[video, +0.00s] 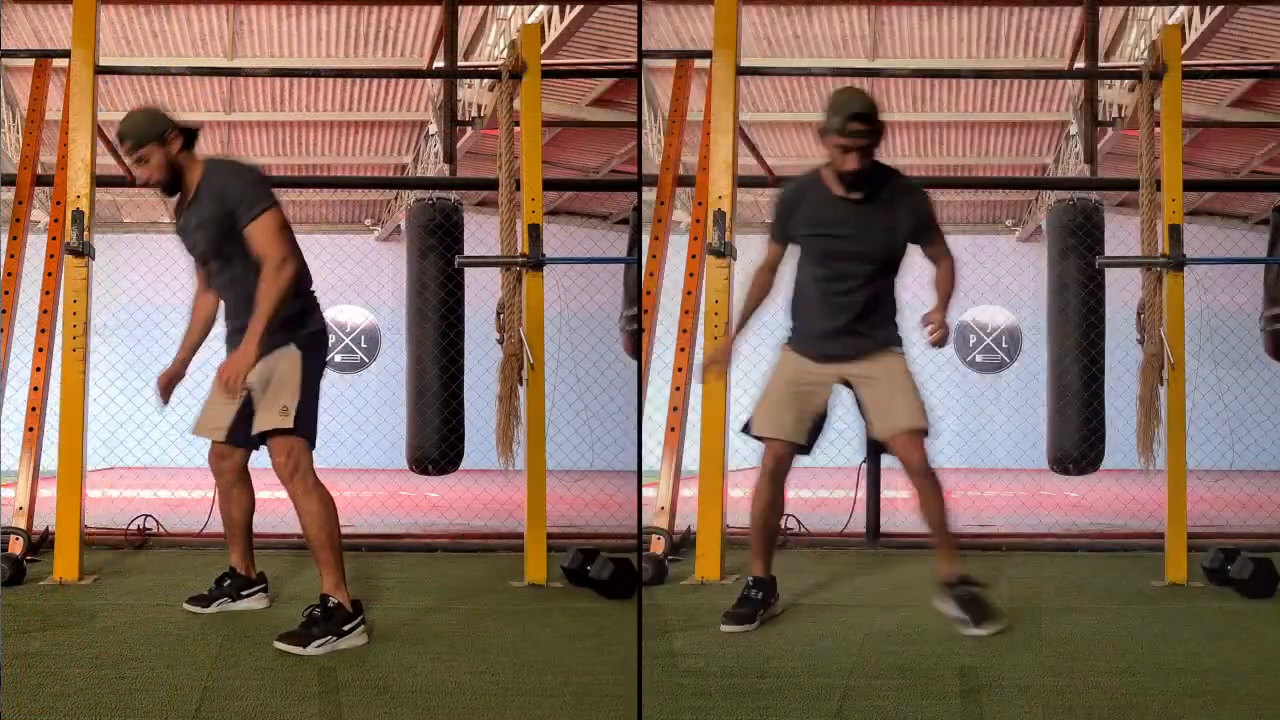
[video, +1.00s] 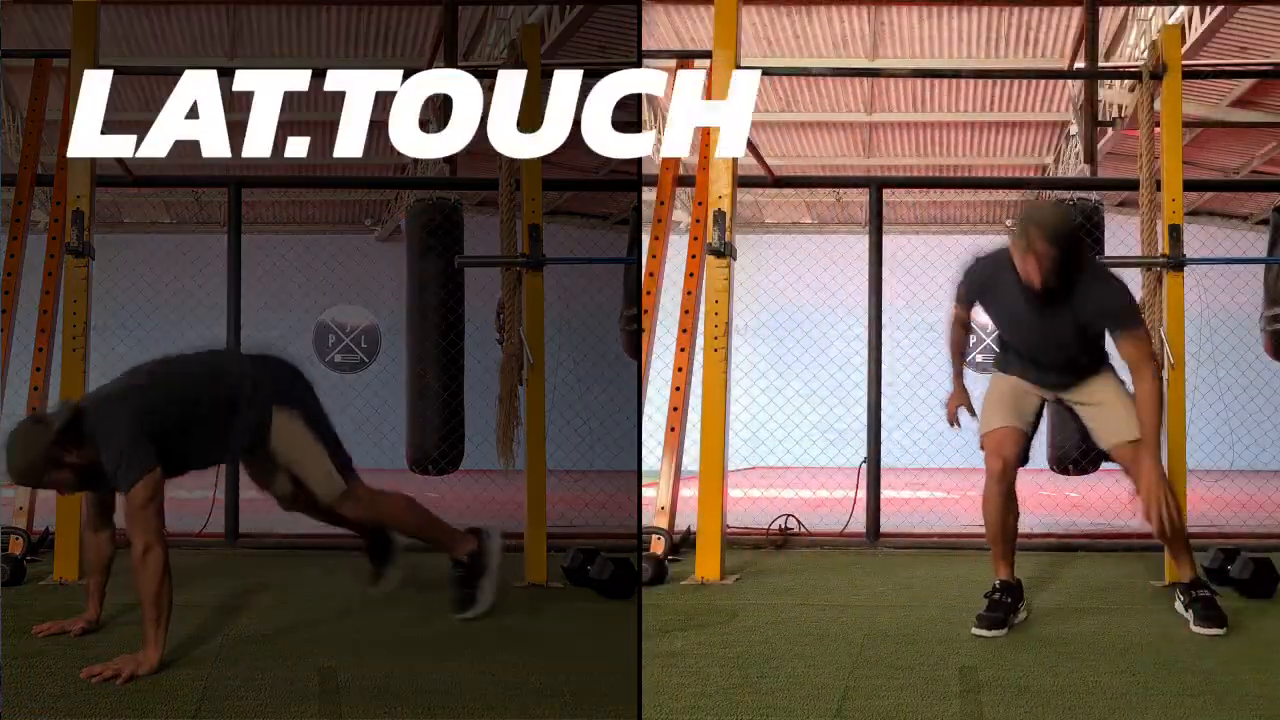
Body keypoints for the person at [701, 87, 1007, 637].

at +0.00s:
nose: (853, 162)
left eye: (863, 150)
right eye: (844, 150)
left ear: (877, 142)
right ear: (823, 142)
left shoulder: (905, 198)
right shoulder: (799, 196)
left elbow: (943, 259)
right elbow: (769, 267)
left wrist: (941, 306)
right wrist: (733, 334)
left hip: (878, 353)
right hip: (805, 351)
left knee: (915, 457)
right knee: (774, 458)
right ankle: (759, 584)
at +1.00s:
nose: (1035, 267)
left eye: (1045, 258)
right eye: (1027, 256)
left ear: (1063, 252)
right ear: (1013, 246)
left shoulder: (1100, 285)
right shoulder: (986, 273)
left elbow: (1146, 367)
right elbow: (960, 317)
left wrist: (1151, 462)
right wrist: (957, 381)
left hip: (1088, 374)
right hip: (1017, 371)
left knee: (1145, 470)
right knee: (998, 465)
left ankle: (1189, 581)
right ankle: (1004, 585)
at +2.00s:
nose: (681, 397)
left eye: (693, 384)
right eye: (675, 382)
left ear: (712, 368)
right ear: (666, 367)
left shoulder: (761, 335)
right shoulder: (653, 368)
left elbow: (821, 316)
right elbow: (639, 437)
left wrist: (846, 368)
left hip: (760, 382)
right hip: (694, 392)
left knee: (775, 473)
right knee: (640, 461)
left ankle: (769, 592)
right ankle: (609, 554)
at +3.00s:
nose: (1000, 142)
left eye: (1009, 129)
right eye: (987, 129)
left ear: (1020, 121)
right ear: (962, 119)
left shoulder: (1047, 168)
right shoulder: (932, 174)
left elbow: (1088, 239)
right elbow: (902, 245)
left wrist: (1069, 299)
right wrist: (873, 314)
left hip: (1029, 332)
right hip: (955, 331)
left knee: (1062, 442)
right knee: (929, 439)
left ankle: (1054, 581)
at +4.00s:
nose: (986, 138)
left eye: (998, 127)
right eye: (979, 126)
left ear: (1023, 120)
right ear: (968, 118)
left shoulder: (1065, 169)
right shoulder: (943, 168)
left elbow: (1109, 248)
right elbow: (916, 237)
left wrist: (1135, 331)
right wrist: (892, 310)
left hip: (1045, 326)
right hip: (967, 325)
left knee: (1068, 442)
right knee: (965, 439)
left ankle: (1070, 577)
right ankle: (975, 564)